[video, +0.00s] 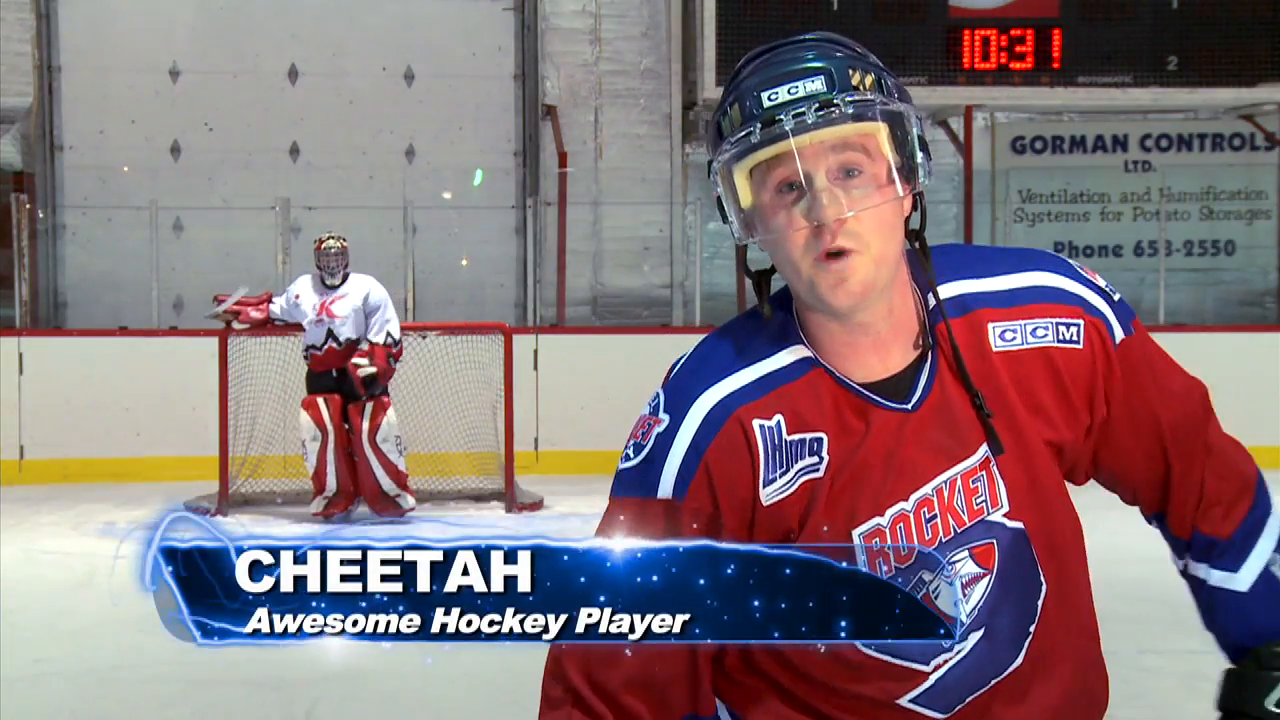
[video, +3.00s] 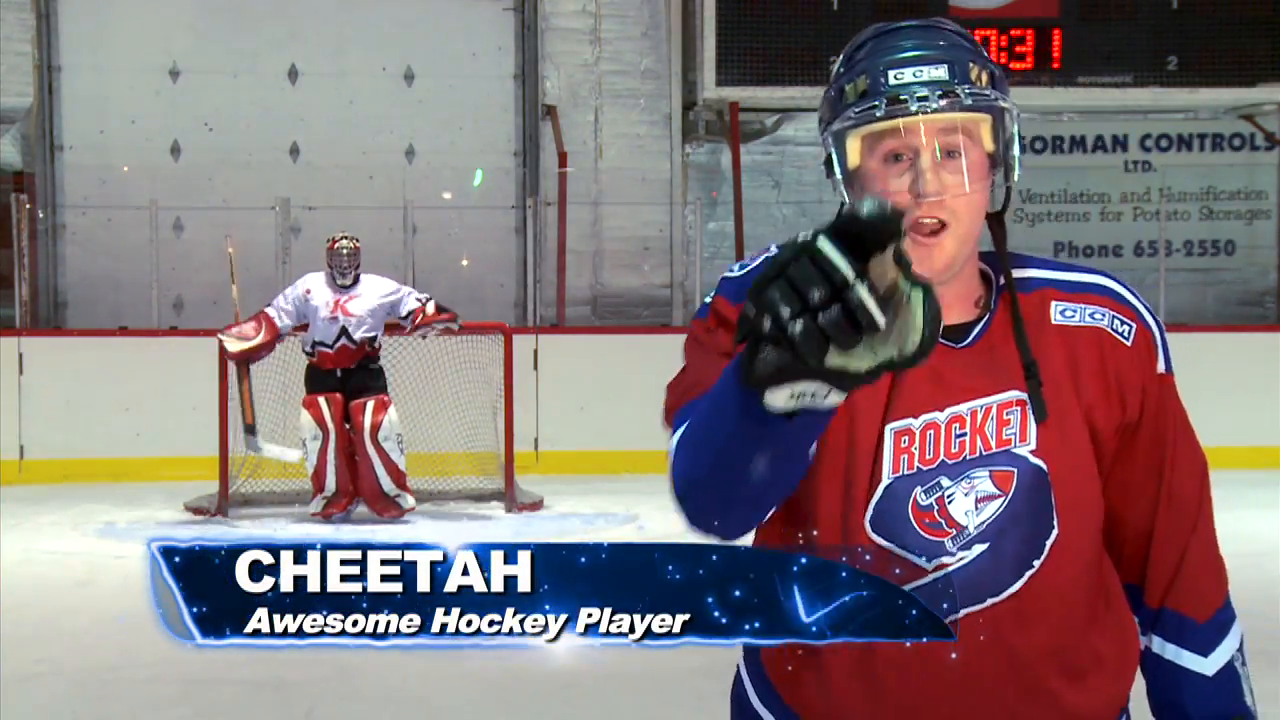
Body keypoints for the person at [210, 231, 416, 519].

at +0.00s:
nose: (333, 263)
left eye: (338, 257)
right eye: (327, 258)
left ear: (346, 259)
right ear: (317, 260)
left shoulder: (367, 288)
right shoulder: (303, 289)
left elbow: (386, 329)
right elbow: (276, 309)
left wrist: (379, 363)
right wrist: (240, 309)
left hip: (359, 371)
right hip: (320, 375)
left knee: (371, 434)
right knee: (325, 436)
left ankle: (390, 499)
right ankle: (334, 500)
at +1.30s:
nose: (339, 264)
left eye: (344, 258)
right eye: (333, 259)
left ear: (354, 259)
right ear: (324, 260)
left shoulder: (371, 281)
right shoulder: (308, 280)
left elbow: (390, 316)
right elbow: (285, 309)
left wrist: (362, 327)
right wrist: (252, 311)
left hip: (362, 369)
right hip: (322, 370)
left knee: (368, 430)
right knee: (324, 432)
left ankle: (390, 497)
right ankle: (332, 498)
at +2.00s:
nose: (340, 263)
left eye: (346, 257)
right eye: (334, 257)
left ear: (355, 259)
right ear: (325, 259)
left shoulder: (372, 289)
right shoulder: (308, 286)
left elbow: (399, 325)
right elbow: (281, 310)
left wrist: (378, 356)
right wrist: (247, 314)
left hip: (359, 372)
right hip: (320, 374)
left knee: (365, 434)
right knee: (325, 435)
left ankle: (389, 497)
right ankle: (334, 497)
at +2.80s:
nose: (344, 263)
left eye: (349, 257)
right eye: (338, 258)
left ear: (358, 259)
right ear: (329, 259)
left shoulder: (376, 289)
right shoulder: (310, 286)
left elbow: (408, 310)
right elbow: (275, 306)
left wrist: (411, 336)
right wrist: (241, 315)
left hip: (363, 372)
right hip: (322, 373)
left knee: (371, 432)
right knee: (325, 435)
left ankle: (391, 501)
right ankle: (332, 500)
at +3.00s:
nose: (344, 264)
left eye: (350, 258)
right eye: (338, 259)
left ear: (358, 260)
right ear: (328, 261)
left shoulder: (378, 288)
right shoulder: (309, 288)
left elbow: (416, 303)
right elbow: (276, 315)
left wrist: (432, 315)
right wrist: (246, 332)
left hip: (365, 374)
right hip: (322, 375)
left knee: (372, 433)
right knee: (327, 435)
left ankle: (387, 500)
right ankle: (334, 499)